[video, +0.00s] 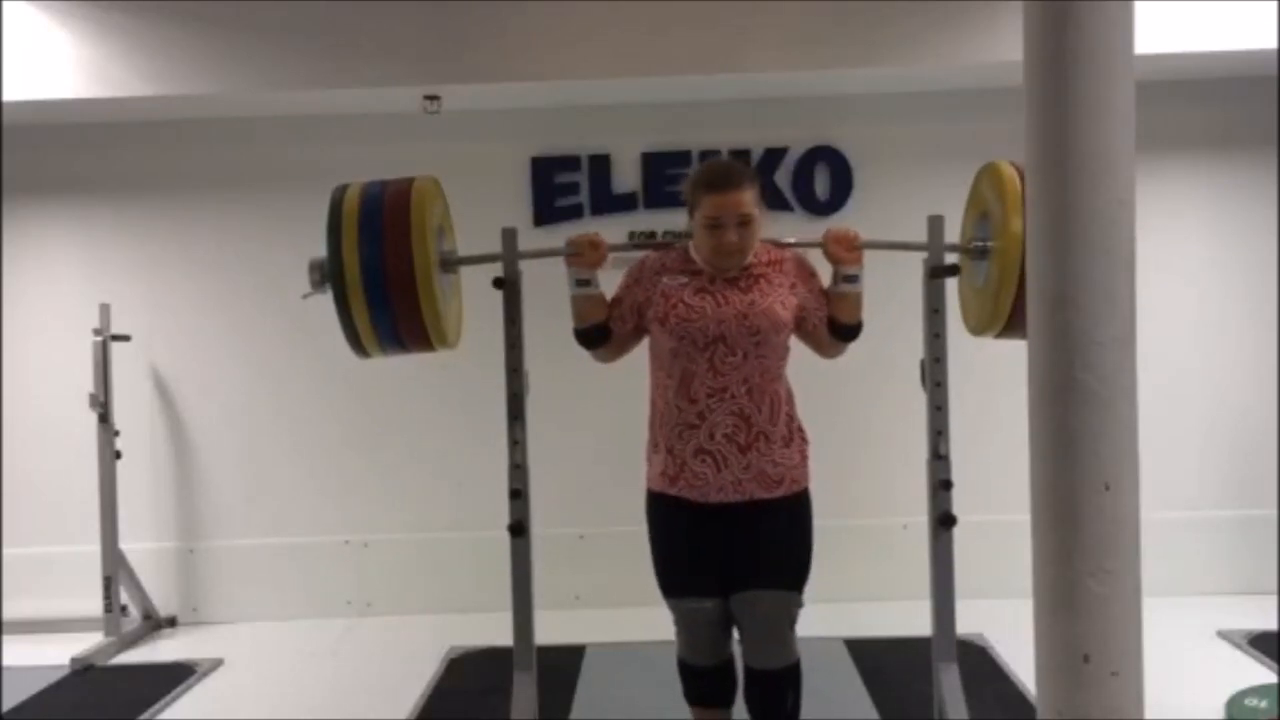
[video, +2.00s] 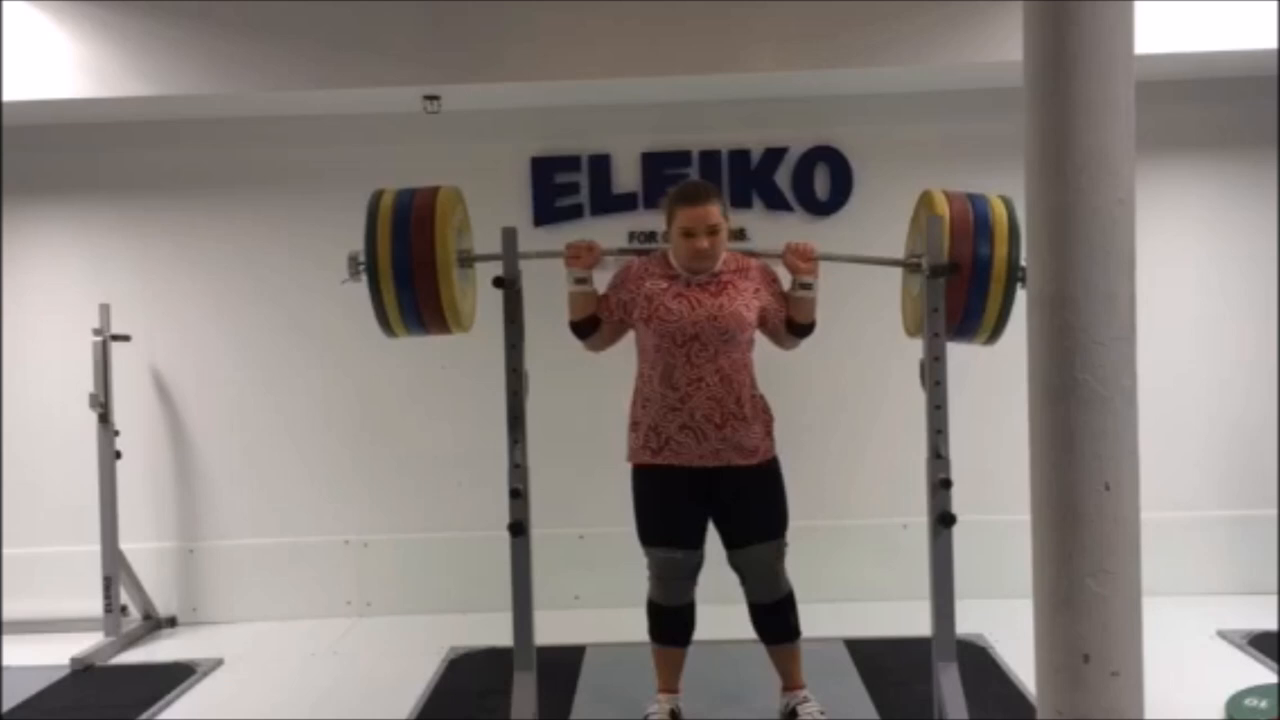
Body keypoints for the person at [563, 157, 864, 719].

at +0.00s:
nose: (729, 239)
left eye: (742, 224)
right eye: (714, 225)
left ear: (760, 219)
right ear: (692, 222)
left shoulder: (786, 269)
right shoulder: (656, 272)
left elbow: (833, 341)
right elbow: (604, 345)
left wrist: (848, 274)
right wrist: (584, 278)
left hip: (771, 490)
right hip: (683, 492)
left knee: (770, 642)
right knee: (700, 647)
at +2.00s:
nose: (702, 243)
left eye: (712, 231)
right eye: (689, 233)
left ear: (726, 230)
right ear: (668, 233)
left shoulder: (750, 275)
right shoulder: (640, 276)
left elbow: (791, 336)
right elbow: (594, 337)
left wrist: (803, 282)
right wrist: (580, 278)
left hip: (744, 454)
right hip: (665, 457)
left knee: (766, 577)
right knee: (670, 581)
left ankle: (796, 695)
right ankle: (665, 701)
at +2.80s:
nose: (715, 231)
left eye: (724, 221)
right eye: (702, 222)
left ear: (740, 227)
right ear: (682, 230)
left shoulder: (764, 276)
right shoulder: (654, 278)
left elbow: (804, 338)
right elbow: (610, 340)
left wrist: (817, 282)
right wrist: (595, 282)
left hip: (753, 458)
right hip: (677, 460)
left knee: (765, 579)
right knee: (679, 581)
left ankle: (795, 696)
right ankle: (667, 699)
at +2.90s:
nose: (708, 232)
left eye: (717, 221)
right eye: (695, 223)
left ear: (734, 227)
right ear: (676, 230)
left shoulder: (758, 277)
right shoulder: (648, 279)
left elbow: (797, 339)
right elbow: (604, 340)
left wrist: (811, 284)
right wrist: (590, 281)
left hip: (746, 459)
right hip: (670, 461)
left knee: (762, 579)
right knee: (674, 581)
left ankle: (794, 696)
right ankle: (666, 698)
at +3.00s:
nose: (702, 232)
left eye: (711, 222)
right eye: (689, 223)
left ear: (727, 228)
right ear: (671, 230)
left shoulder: (753, 278)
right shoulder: (642, 280)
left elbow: (793, 340)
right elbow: (599, 341)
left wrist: (805, 284)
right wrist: (585, 281)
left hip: (742, 459)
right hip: (665, 461)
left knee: (763, 580)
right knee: (670, 582)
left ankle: (795, 696)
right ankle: (665, 698)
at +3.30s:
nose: (698, 232)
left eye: (708, 222)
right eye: (685, 223)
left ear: (723, 228)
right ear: (667, 231)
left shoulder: (749, 278)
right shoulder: (639, 279)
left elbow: (790, 340)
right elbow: (596, 339)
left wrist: (802, 285)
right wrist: (582, 281)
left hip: (740, 457)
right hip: (664, 460)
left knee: (762, 577)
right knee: (670, 580)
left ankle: (796, 693)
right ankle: (664, 698)